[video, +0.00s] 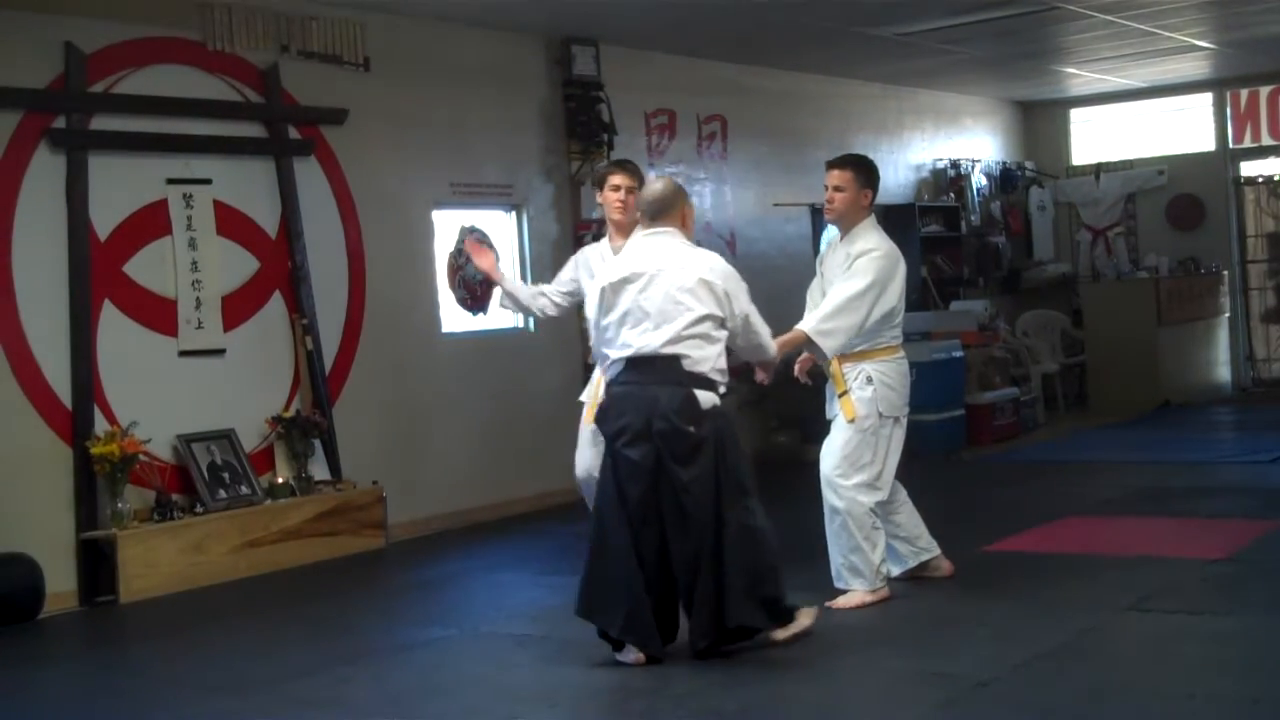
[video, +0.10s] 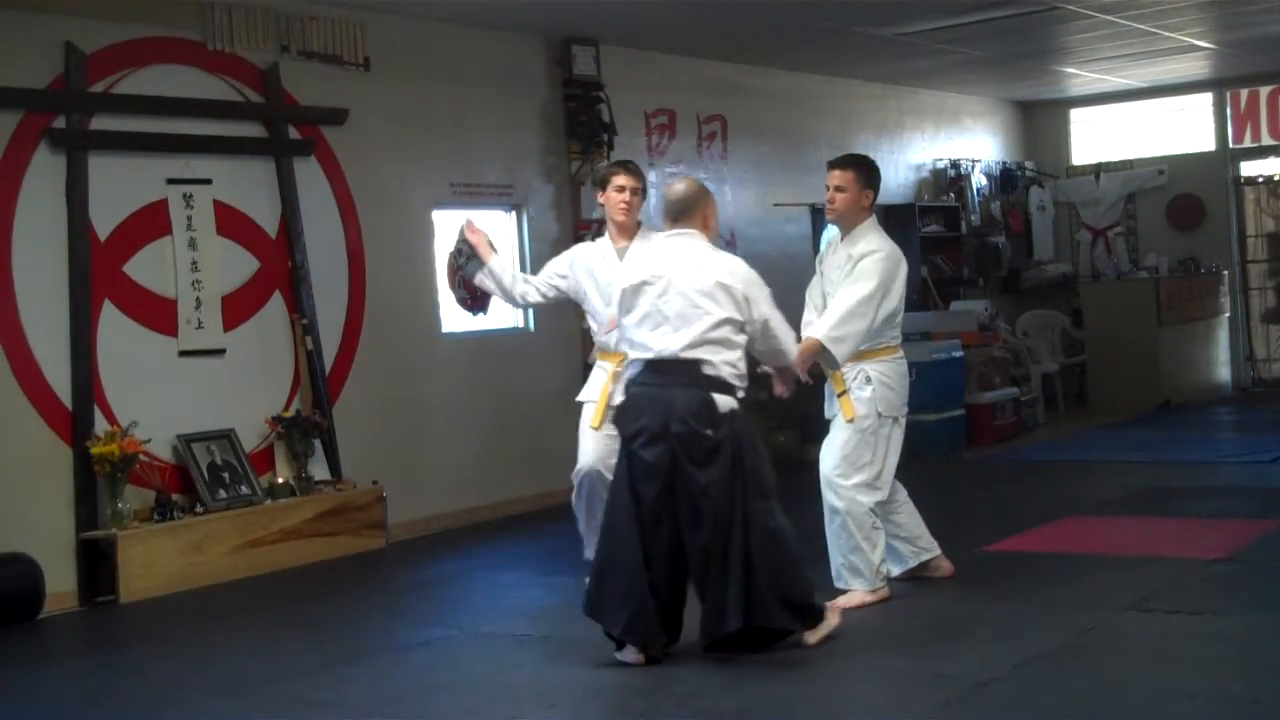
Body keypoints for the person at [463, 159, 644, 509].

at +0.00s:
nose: (622, 197)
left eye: (631, 191)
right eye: (614, 189)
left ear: (642, 200)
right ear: (600, 197)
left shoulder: (657, 249)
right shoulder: (588, 259)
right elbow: (548, 303)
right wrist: (496, 273)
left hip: (659, 372)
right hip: (608, 373)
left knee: (650, 469)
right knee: (588, 468)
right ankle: (620, 552)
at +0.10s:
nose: (628, 199)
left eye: (635, 192)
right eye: (619, 190)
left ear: (643, 201)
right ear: (601, 198)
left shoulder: (662, 250)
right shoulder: (582, 258)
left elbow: (690, 303)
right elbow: (526, 292)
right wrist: (484, 250)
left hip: (663, 374)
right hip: (611, 373)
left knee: (662, 468)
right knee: (593, 466)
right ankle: (599, 564)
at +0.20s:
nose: (632, 198)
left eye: (638, 191)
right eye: (623, 190)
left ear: (645, 199)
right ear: (603, 197)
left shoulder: (668, 249)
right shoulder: (578, 255)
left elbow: (695, 298)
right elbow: (516, 281)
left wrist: (650, 313)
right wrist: (478, 243)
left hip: (665, 371)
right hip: (611, 373)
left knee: (672, 470)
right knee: (611, 463)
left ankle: (664, 573)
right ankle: (591, 574)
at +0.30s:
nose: (635, 197)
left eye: (639, 189)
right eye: (625, 189)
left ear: (645, 197)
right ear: (603, 196)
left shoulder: (672, 252)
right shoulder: (579, 252)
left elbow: (703, 311)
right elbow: (517, 272)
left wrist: (667, 317)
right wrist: (480, 223)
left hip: (661, 374)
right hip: (610, 373)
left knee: (659, 476)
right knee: (621, 469)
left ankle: (656, 580)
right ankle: (600, 582)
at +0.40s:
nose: (635, 195)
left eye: (639, 188)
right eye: (626, 187)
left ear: (643, 196)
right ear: (601, 194)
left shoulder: (663, 253)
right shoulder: (584, 247)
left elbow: (688, 307)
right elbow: (533, 260)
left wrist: (672, 318)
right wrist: (503, 208)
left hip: (658, 373)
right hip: (609, 373)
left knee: (654, 479)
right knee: (627, 477)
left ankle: (652, 591)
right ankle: (614, 596)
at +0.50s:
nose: (634, 193)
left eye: (638, 186)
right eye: (624, 185)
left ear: (642, 194)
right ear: (600, 192)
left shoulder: (650, 247)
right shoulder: (590, 240)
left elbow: (676, 302)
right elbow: (553, 253)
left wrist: (671, 320)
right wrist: (545, 196)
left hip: (649, 373)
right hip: (608, 375)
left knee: (652, 480)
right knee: (633, 483)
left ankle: (646, 590)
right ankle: (616, 597)